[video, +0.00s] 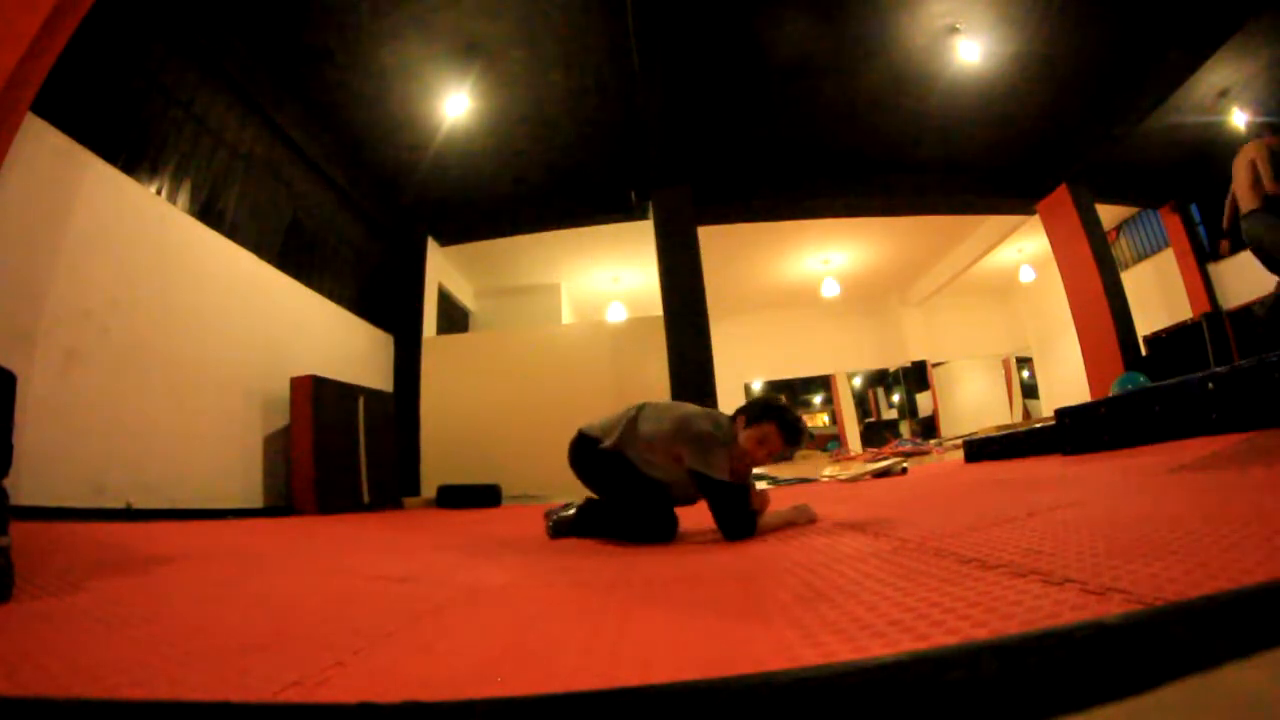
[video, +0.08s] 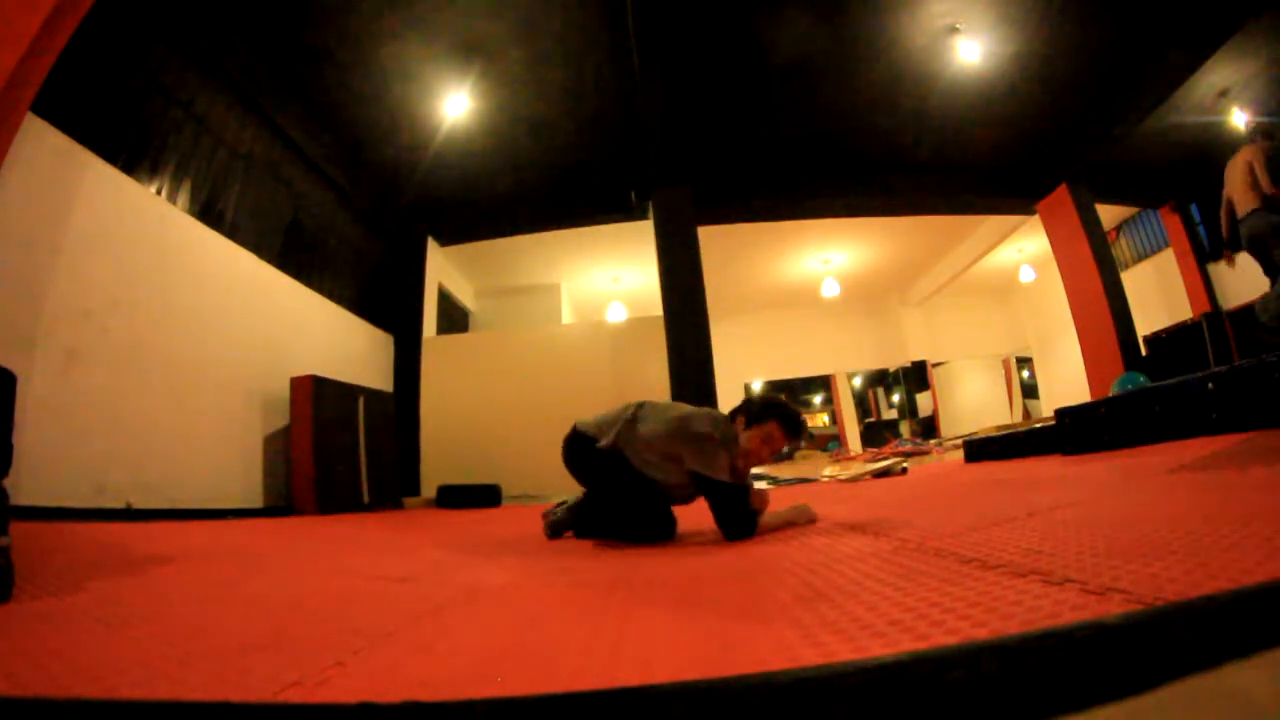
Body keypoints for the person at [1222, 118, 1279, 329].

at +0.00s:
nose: (1277, 142)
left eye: (1276, 138)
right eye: (1275, 138)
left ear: (1257, 134)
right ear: (1269, 135)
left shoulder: (1240, 156)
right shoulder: (1258, 147)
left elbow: (1232, 197)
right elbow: (1270, 186)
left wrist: (1226, 232)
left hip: (1246, 220)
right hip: (1261, 217)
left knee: (1275, 268)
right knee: (1278, 266)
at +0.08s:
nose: (1269, 148)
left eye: (1269, 145)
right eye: (1268, 144)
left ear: (1250, 138)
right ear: (1263, 140)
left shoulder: (1231, 165)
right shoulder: (1254, 150)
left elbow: (1225, 207)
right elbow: (1268, 188)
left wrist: (1226, 242)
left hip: (1243, 225)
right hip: (1261, 217)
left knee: (1273, 273)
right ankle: (1269, 309)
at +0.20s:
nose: (1252, 160)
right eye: (1252, 158)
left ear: (1233, 162)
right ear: (1249, 158)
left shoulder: (1223, 185)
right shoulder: (1254, 169)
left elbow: (1221, 227)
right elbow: (1272, 196)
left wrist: (1232, 257)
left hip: (1243, 239)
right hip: (1264, 229)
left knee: (1256, 284)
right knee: (1274, 286)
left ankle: (1260, 332)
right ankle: (1277, 333)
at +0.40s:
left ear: (1207, 175)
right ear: (1226, 168)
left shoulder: (1208, 197)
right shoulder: (1244, 180)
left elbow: (1212, 234)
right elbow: (1270, 201)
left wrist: (1217, 265)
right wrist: (1273, 228)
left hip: (1237, 243)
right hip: (1259, 234)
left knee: (1238, 299)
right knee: (1268, 296)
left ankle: (1241, 354)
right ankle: (1274, 348)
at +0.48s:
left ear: (1201, 173)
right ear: (1220, 166)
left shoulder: (1202, 194)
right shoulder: (1238, 178)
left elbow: (1205, 226)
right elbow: (1264, 200)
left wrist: (1205, 246)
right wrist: (1266, 226)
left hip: (1231, 238)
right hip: (1254, 231)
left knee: (1230, 300)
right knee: (1267, 292)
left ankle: (1236, 354)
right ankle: (1275, 347)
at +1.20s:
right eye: (1229, 168)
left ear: (1207, 175)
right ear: (1224, 168)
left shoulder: (1204, 198)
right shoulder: (1229, 181)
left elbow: (1213, 228)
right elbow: (1245, 207)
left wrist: (1226, 237)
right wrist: (1266, 226)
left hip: (1225, 242)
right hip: (1245, 234)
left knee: (1240, 297)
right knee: (1277, 276)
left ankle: (1244, 350)